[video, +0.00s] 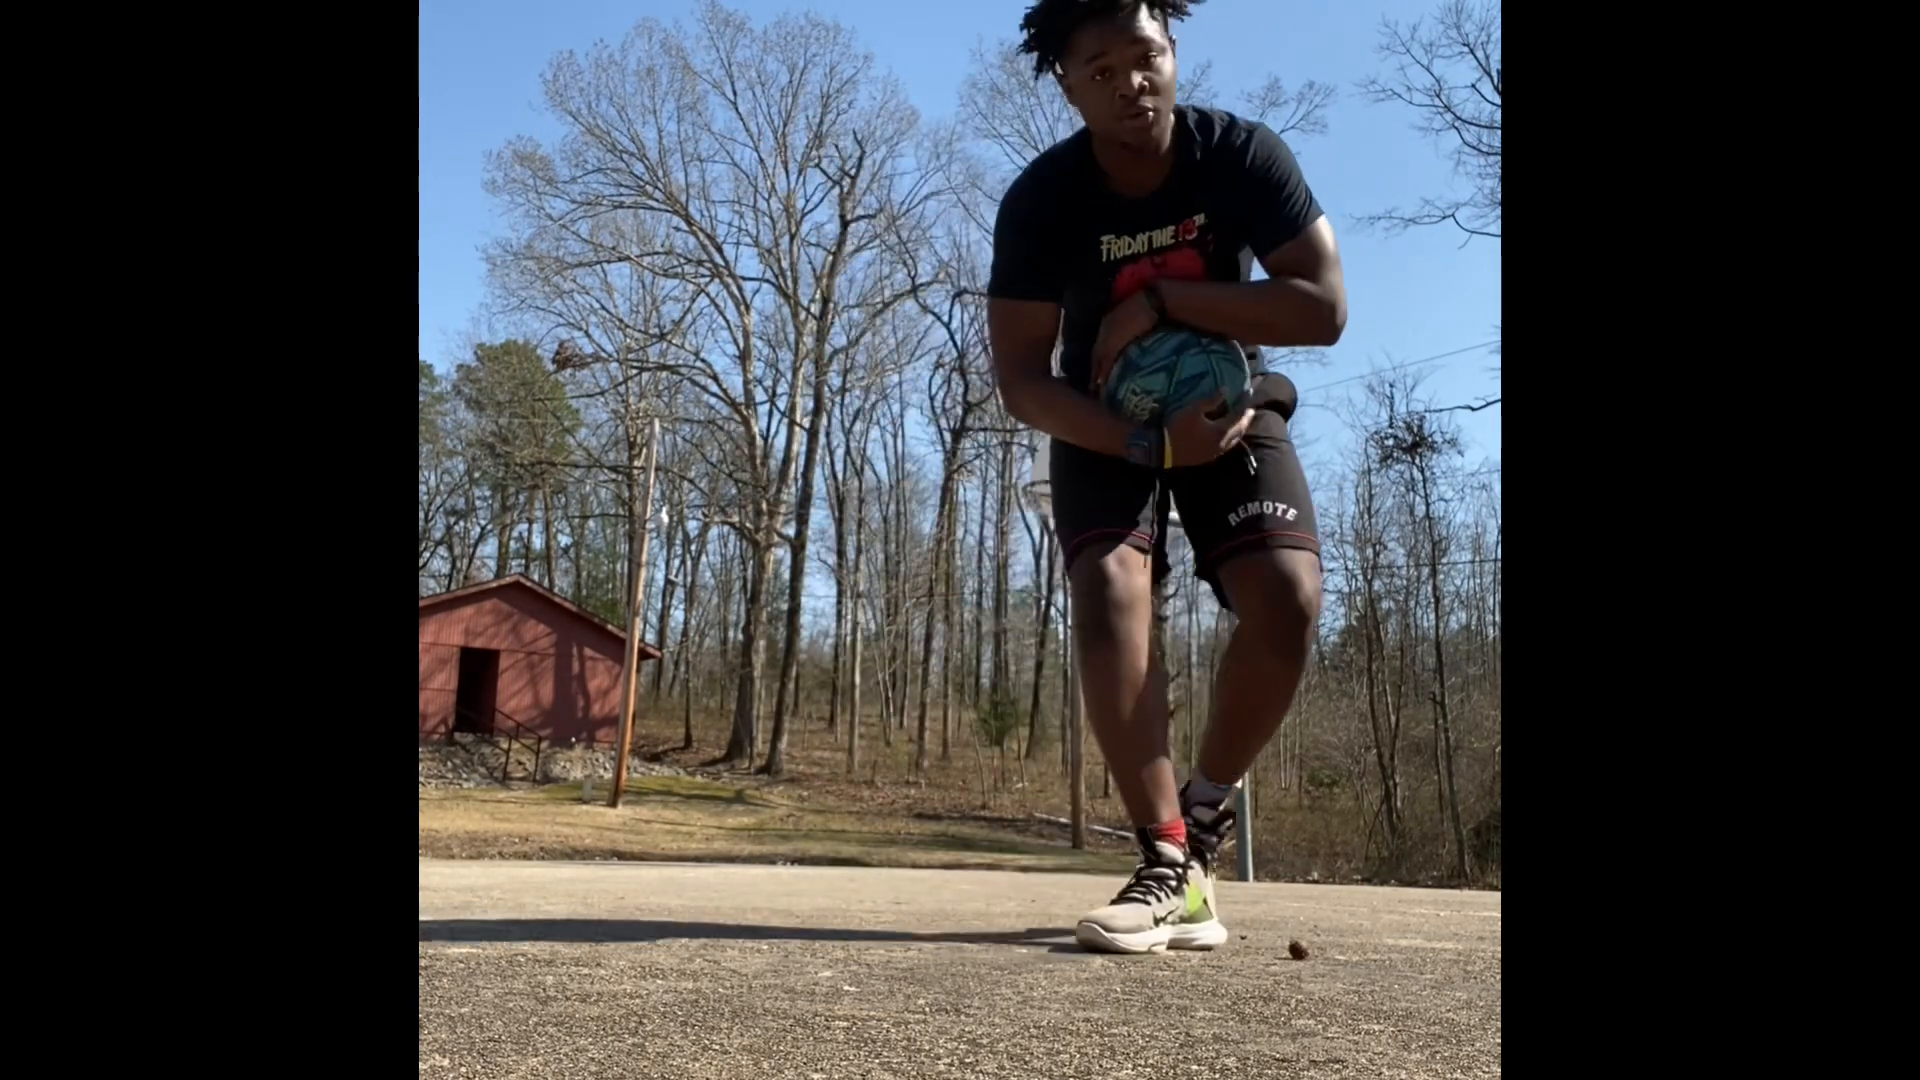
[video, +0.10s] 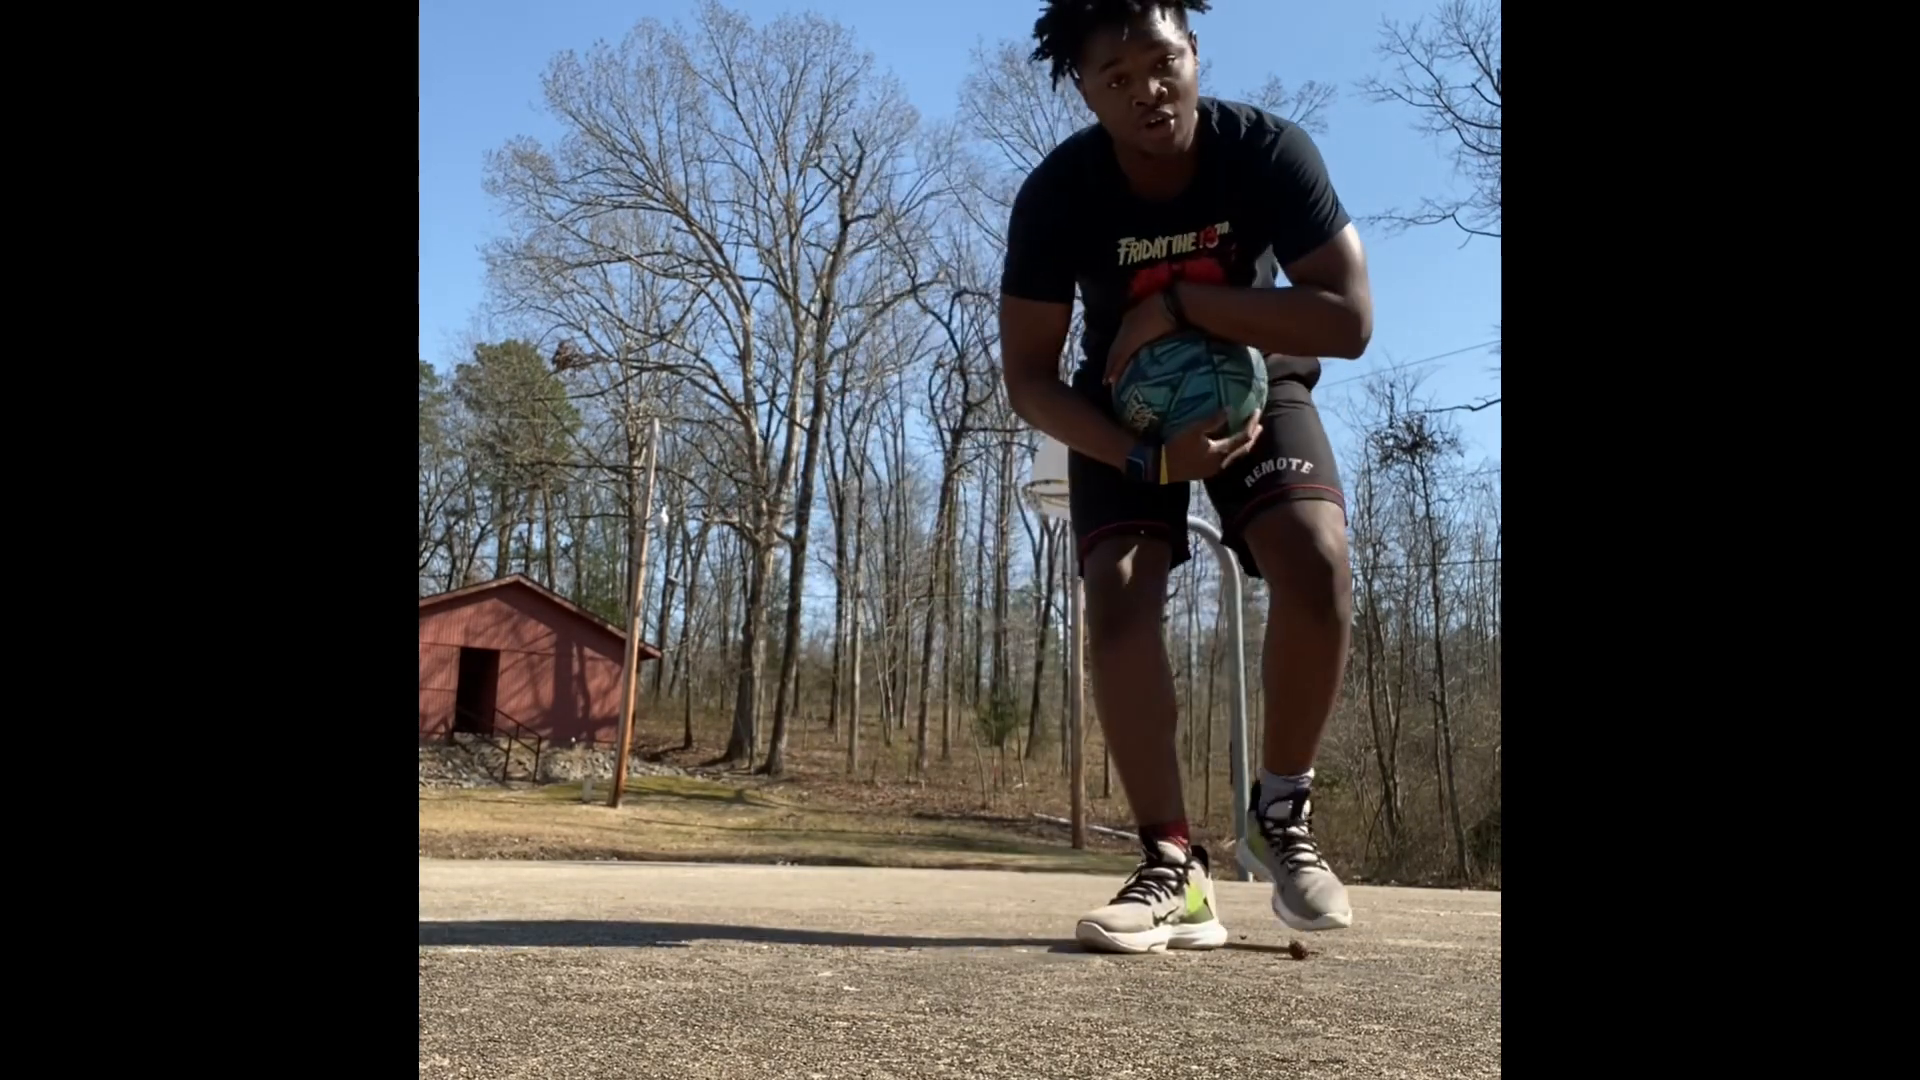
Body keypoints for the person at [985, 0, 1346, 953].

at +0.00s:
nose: (1130, 85)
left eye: (1144, 59)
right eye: (1102, 71)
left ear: (1173, 54)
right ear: (1067, 82)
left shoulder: (1245, 155)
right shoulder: (1039, 201)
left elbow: (1323, 312)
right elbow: (1020, 377)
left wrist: (1156, 298)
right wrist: (1150, 445)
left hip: (1232, 394)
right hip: (1097, 408)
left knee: (1288, 597)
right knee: (1108, 586)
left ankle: (1203, 809)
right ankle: (1167, 867)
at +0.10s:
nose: (1149, 94)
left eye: (1163, 65)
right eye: (1118, 80)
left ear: (1193, 54)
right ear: (1084, 88)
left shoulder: (1269, 152)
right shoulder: (1057, 194)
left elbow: (1347, 322)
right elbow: (1029, 374)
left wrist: (1174, 302)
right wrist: (1149, 458)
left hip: (1256, 380)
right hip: (1119, 397)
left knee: (1317, 563)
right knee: (1117, 593)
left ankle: (1284, 812)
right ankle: (1169, 867)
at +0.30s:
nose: (1205, 116)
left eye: (1226, 87)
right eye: (1174, 96)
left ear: (1262, 67)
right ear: (1137, 93)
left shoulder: (1330, 157)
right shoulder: (1107, 197)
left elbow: (1358, 366)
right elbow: (1070, 385)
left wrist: (1189, 322)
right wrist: (1187, 471)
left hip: (1322, 386)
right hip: (1182, 396)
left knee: (1378, 586)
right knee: (1146, 609)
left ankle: (1459, 879)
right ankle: (1177, 874)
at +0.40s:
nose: (1233, 133)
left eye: (1255, 102)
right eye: (1203, 110)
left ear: (1295, 79)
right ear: (1166, 100)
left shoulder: (1361, 163)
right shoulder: (1139, 202)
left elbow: (1394, 375)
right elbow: (1097, 402)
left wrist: (1220, 330)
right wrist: (1217, 470)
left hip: (1362, 380)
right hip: (1221, 390)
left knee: (1406, 563)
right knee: (1176, 599)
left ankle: (1468, 882)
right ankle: (1180, 876)